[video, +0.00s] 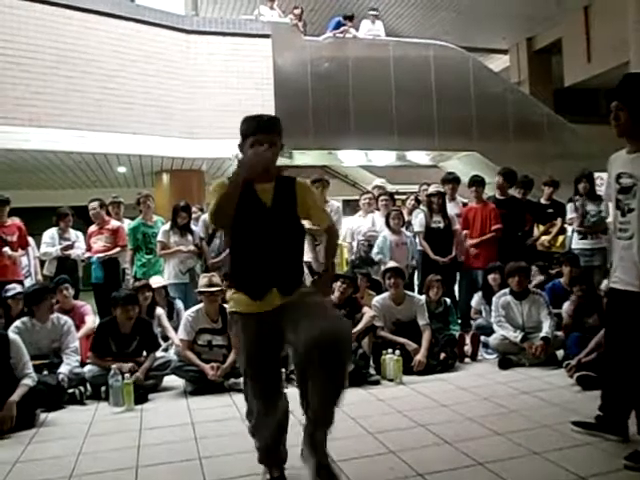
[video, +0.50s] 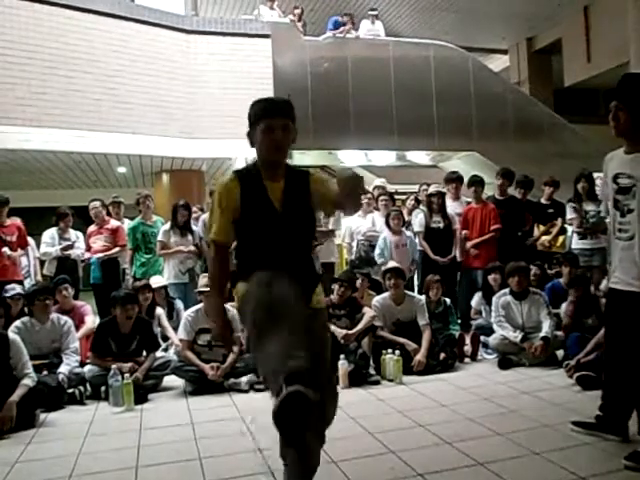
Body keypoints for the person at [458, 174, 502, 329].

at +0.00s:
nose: (475, 191)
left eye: (478, 188)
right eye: (472, 188)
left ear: (483, 189)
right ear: (468, 190)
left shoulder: (491, 208)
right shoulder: (467, 211)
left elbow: (497, 230)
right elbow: (464, 231)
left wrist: (475, 240)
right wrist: (469, 247)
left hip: (486, 258)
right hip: (470, 258)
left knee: (485, 293)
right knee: (467, 293)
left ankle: (486, 320)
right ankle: (466, 322)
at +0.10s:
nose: (474, 191)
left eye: (477, 188)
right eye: (471, 188)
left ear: (483, 189)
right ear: (468, 190)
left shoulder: (490, 208)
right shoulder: (466, 210)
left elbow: (496, 230)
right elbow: (464, 230)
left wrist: (473, 242)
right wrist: (469, 247)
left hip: (485, 258)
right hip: (470, 258)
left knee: (485, 294)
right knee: (466, 294)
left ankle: (486, 322)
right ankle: (465, 325)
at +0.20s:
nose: (474, 191)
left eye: (477, 188)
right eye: (471, 188)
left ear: (482, 189)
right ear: (468, 190)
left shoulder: (490, 208)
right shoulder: (466, 210)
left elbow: (496, 230)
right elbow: (464, 230)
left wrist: (473, 242)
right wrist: (469, 247)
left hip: (485, 258)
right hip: (469, 258)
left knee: (485, 294)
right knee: (466, 294)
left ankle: (487, 322)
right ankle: (465, 325)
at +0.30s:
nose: (474, 191)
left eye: (477, 187)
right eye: (471, 188)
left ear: (482, 189)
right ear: (468, 190)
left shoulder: (490, 209)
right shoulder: (466, 211)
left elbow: (496, 230)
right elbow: (463, 231)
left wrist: (473, 242)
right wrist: (469, 247)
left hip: (485, 258)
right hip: (469, 258)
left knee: (484, 293)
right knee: (466, 293)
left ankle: (485, 321)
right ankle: (465, 323)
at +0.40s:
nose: (474, 191)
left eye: (477, 188)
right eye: (471, 188)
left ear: (482, 189)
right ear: (468, 190)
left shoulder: (490, 208)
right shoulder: (467, 210)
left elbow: (495, 230)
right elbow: (463, 230)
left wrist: (473, 242)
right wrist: (467, 244)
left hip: (485, 258)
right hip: (469, 258)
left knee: (484, 293)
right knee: (465, 294)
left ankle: (485, 322)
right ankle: (465, 324)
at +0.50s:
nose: (473, 191)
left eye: (476, 187)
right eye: (471, 187)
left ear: (482, 189)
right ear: (468, 190)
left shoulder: (490, 208)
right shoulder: (467, 210)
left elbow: (495, 230)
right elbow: (463, 230)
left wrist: (473, 242)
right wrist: (467, 245)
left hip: (485, 258)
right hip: (469, 258)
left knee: (485, 293)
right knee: (466, 294)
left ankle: (486, 322)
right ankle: (466, 324)